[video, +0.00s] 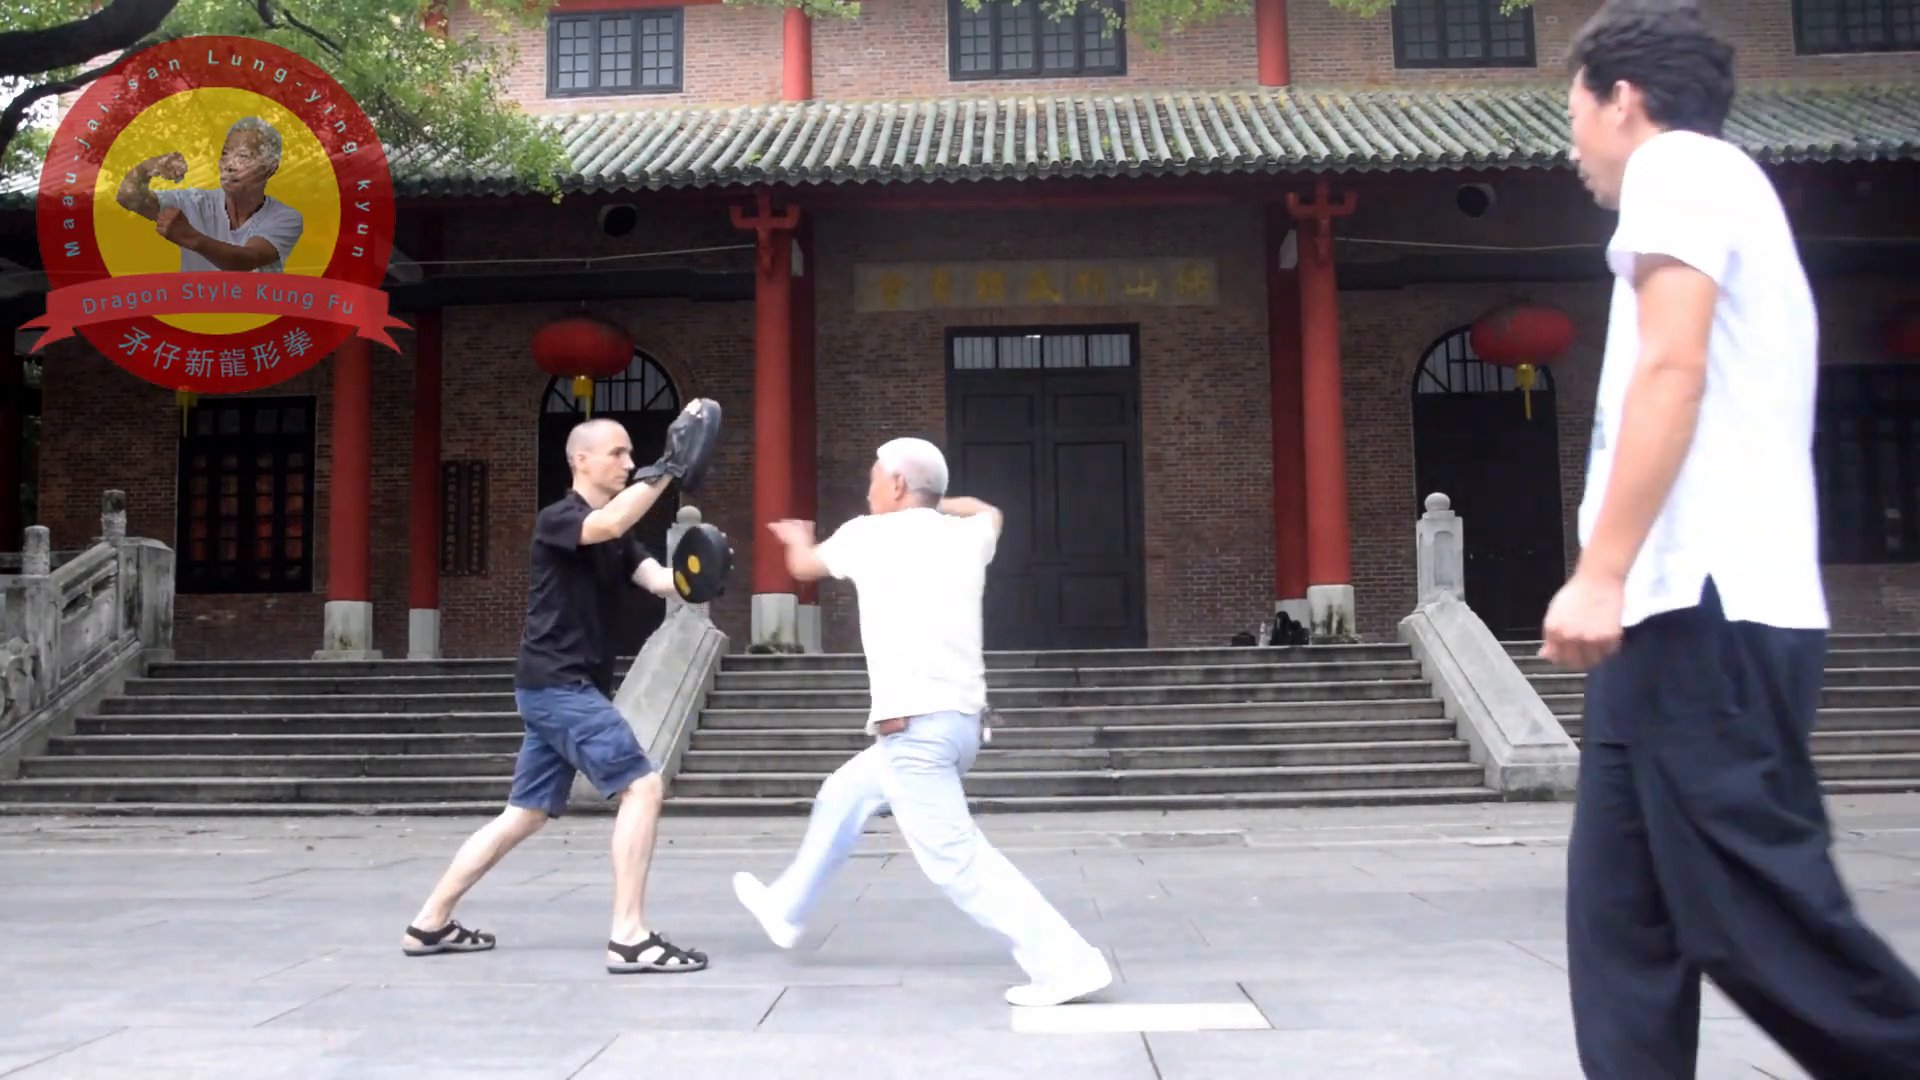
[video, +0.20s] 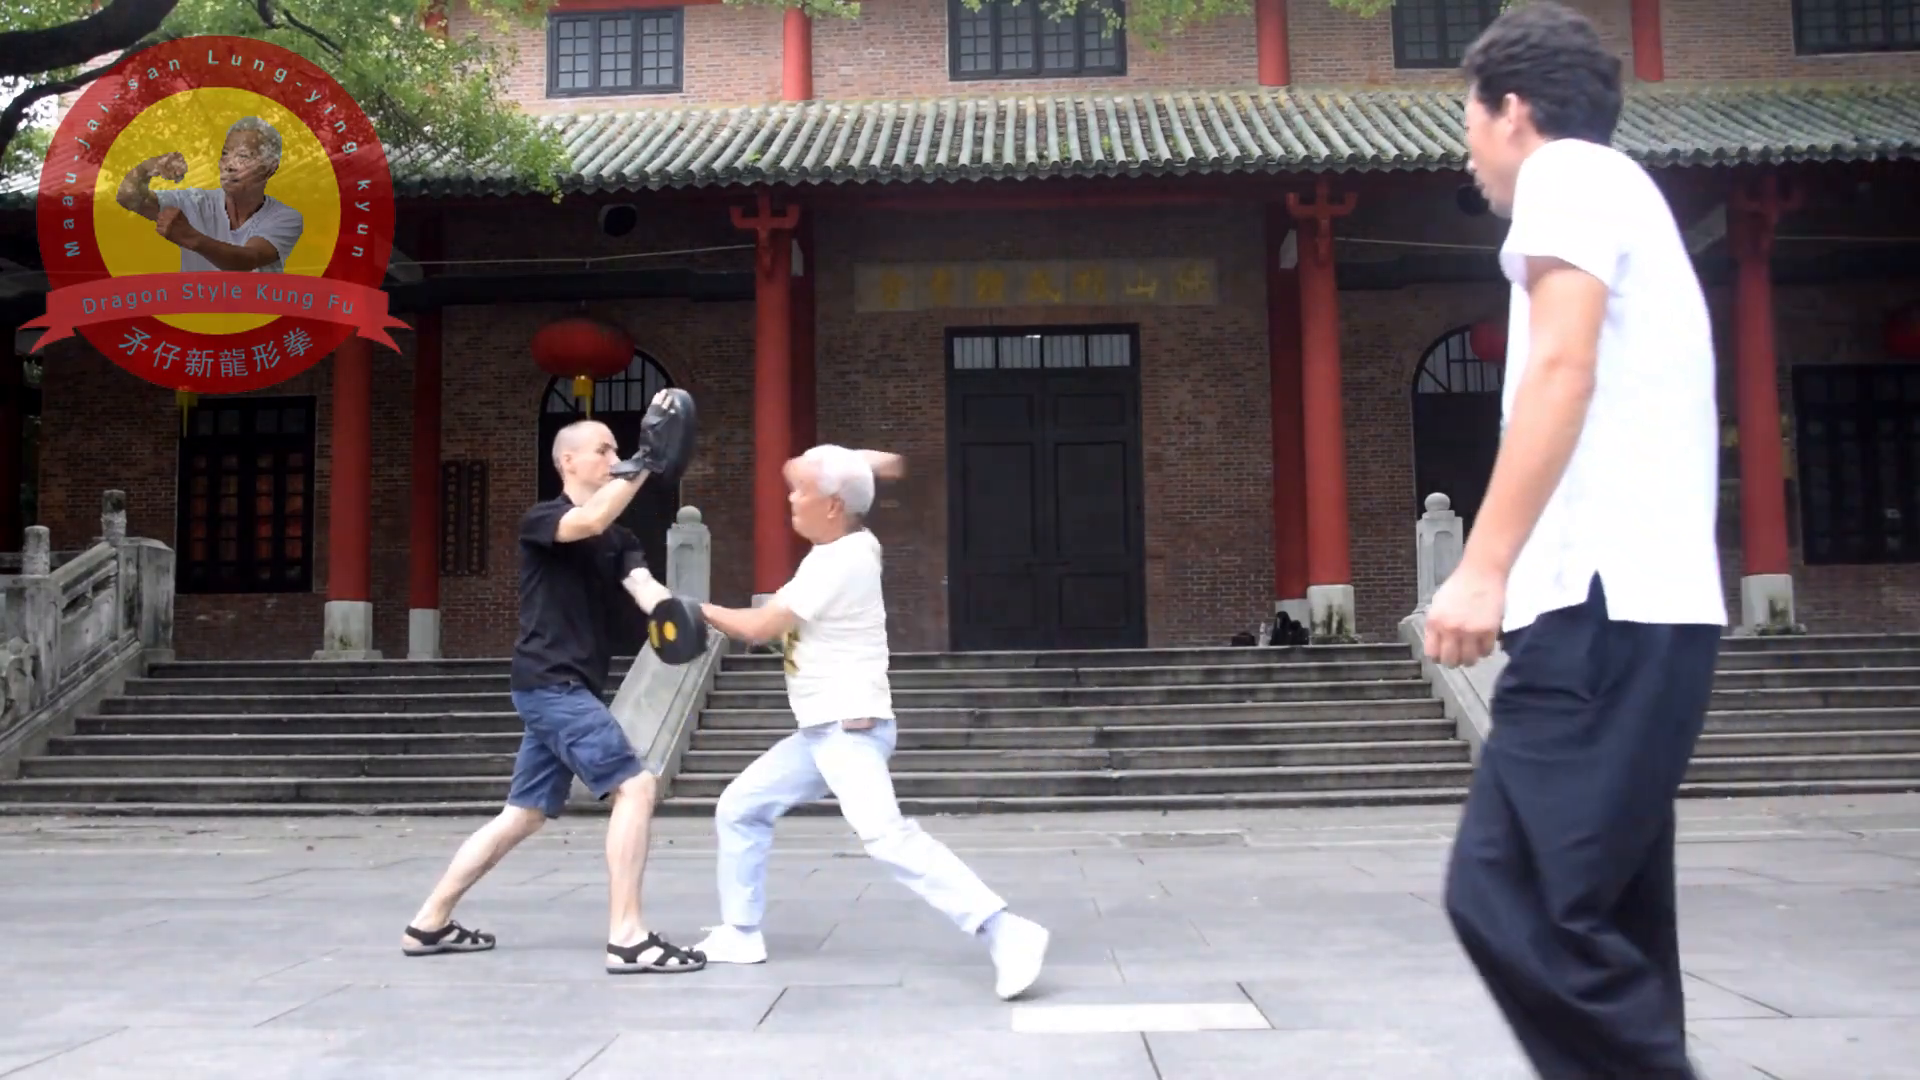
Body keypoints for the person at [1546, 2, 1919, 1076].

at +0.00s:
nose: (1571, 134)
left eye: (1576, 106)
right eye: (1570, 109)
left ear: (1629, 100)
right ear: (1673, 102)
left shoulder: (1682, 167)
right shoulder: (1715, 186)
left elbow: (1672, 372)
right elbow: (1710, 405)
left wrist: (1600, 572)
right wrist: (1616, 578)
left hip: (1713, 613)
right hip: (1662, 618)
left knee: (1762, 924)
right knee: (1620, 931)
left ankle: (1897, 1051)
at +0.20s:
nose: (1467, 145)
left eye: (1470, 119)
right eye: (1467, 121)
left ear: (1515, 112)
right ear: (1565, 112)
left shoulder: (1567, 174)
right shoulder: (1622, 193)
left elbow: (1563, 373)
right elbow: (1611, 409)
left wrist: (1482, 567)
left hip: (1606, 612)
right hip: (1644, 610)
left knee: (1502, 893)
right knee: (1617, 911)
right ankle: (1647, 1067)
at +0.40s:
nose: (1367, 155)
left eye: (1369, 130)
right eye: (1368, 131)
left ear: (1406, 128)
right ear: (1474, 125)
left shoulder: (1452, 199)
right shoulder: (1526, 215)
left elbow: (1460, 389)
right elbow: (1543, 433)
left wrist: (1401, 596)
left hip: (1494, 623)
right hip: (1549, 624)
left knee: (1395, 934)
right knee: (1562, 923)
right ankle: (1627, 1073)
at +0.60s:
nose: (1247, 158)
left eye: (1247, 134)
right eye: (1244, 137)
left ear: (1281, 125)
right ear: (1366, 123)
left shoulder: (1321, 205)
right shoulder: (1414, 233)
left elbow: (1319, 404)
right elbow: (1429, 452)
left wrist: (1265, 616)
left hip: (1355, 630)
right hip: (1432, 637)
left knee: (1260, 936)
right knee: (1446, 909)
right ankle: (1565, 1075)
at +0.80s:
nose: (1141, 137)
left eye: (1142, 116)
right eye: (1139, 117)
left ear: (1172, 109)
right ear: (1264, 109)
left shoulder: (1197, 185)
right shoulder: (1323, 229)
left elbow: (1175, 379)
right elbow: (1355, 447)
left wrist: (1102, 588)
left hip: (1257, 623)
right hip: (1344, 624)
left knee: (1220, 922)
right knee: (1267, 889)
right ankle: (1389, 1059)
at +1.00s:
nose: (1055, 146)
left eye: (1054, 125)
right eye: (1053, 127)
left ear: (1083, 118)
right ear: (1175, 121)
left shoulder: (1098, 196)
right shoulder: (1240, 243)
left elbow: (1066, 388)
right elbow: (1297, 462)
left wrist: (990, 597)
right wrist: (1270, 619)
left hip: (1172, 624)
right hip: (1251, 623)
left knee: (1187, 924)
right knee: (1098, 895)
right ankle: (1112, 1072)